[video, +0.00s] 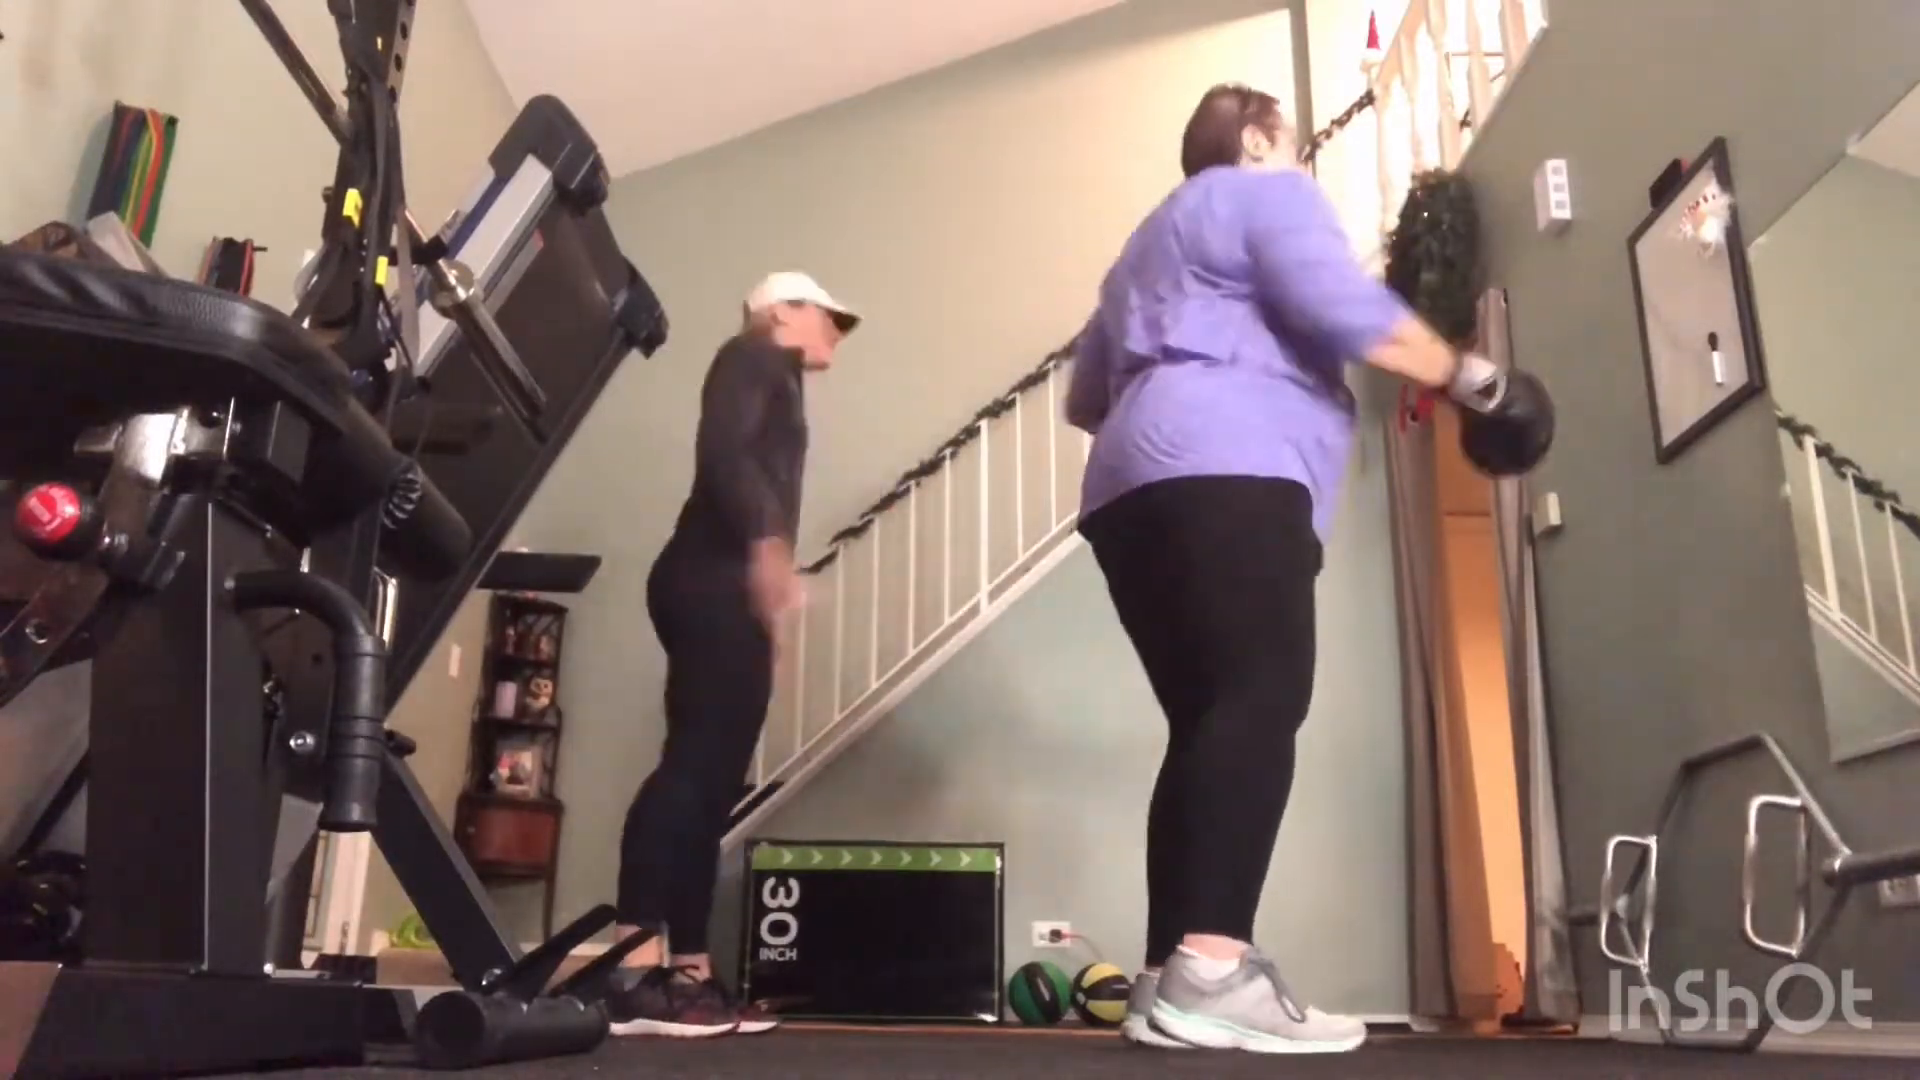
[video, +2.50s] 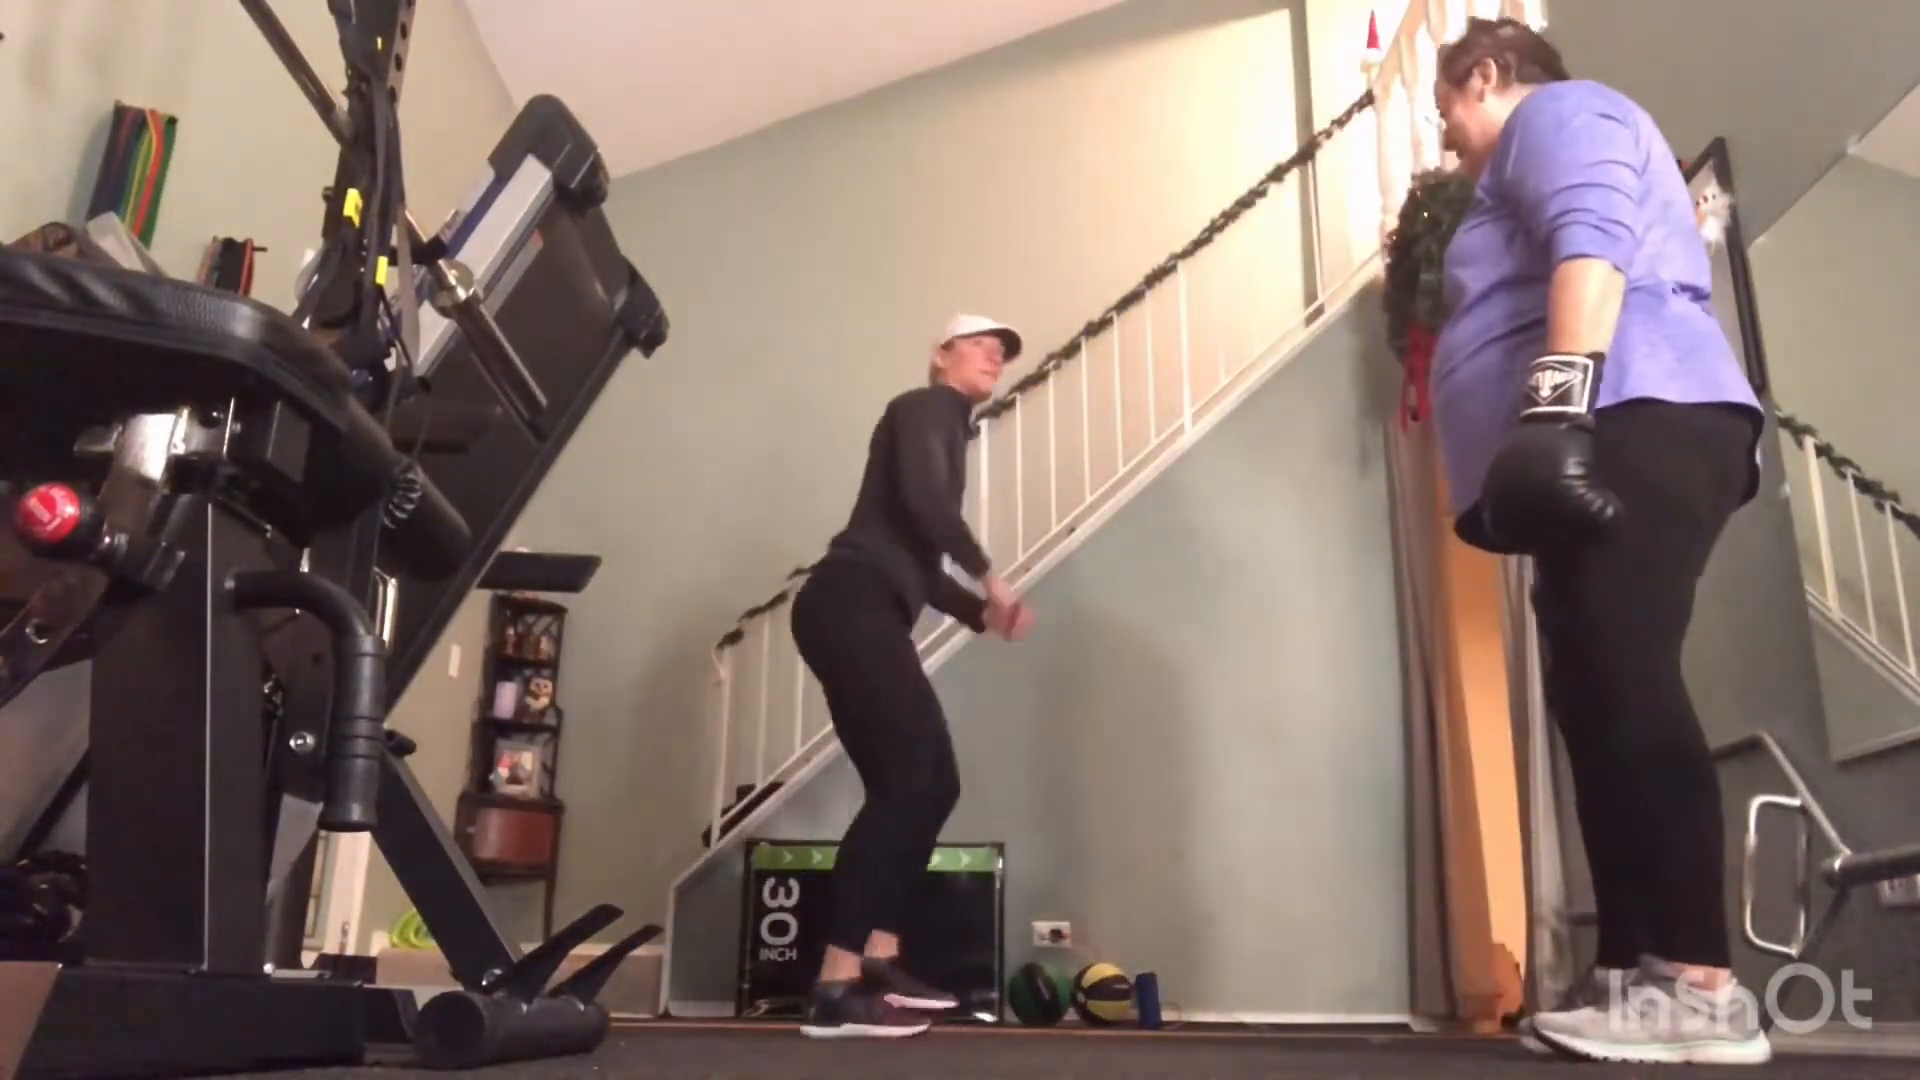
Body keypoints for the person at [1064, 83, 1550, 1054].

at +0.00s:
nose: (1296, 157)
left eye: (1290, 143)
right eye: (1288, 142)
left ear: (1198, 153)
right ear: (1256, 136)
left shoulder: (1141, 247)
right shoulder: (1270, 191)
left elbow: (1086, 395)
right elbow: (1333, 302)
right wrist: (1465, 373)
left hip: (1126, 483)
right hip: (1230, 462)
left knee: (1202, 726)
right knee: (1260, 701)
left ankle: (1176, 979)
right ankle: (1210, 972)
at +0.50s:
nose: (1305, 125)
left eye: (1307, 108)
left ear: (1320, 108)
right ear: (1423, 109)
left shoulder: (1282, 167)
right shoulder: (1506, 181)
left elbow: (1233, 301)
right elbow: (1561, 345)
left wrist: (1186, 460)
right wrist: (1594, 499)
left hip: (1313, 438)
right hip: (1489, 446)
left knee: (1304, 711)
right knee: (1495, 712)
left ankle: (1285, 980)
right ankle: (1510, 981)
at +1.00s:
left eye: (1183, 115)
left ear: (1184, 123)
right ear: (1284, 115)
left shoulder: (1144, 188)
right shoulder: (1367, 193)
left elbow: (1102, 341)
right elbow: (1419, 352)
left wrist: (1067, 493)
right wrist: (1434, 510)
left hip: (1192, 445)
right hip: (1358, 457)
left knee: (1221, 720)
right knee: (1374, 722)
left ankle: (1256, 982)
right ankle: (1407, 985)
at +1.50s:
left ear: (1223, 87)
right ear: (1327, 73)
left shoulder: (1153, 152)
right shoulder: (1394, 118)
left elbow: (1102, 323)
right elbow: (1461, 265)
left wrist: (1083, 475)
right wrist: (1525, 433)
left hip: (1175, 409)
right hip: (1359, 393)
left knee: (1227, 700)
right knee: (1353, 673)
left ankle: (1269, 982)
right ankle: (1316, 966)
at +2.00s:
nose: (1326, 176)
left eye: (1327, 162)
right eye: (1325, 164)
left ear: (1350, 140)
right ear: (1426, 134)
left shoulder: (1349, 173)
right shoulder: (1531, 207)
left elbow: (1325, 315)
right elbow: (1582, 365)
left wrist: (1267, 464)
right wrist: (1603, 530)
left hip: (1411, 445)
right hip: (1563, 458)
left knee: (1398, 715)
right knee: (1554, 722)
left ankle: (1417, 982)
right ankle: (1632, 981)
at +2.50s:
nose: (1447, 136)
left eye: (1448, 112)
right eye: (1441, 119)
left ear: (1487, 77)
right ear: (1502, 78)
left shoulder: (1563, 109)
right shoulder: (1515, 178)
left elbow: (1589, 242)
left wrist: (1555, 410)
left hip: (1651, 412)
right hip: (1608, 430)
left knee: (1623, 679)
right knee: (1587, 696)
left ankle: (1700, 986)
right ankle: (1635, 978)